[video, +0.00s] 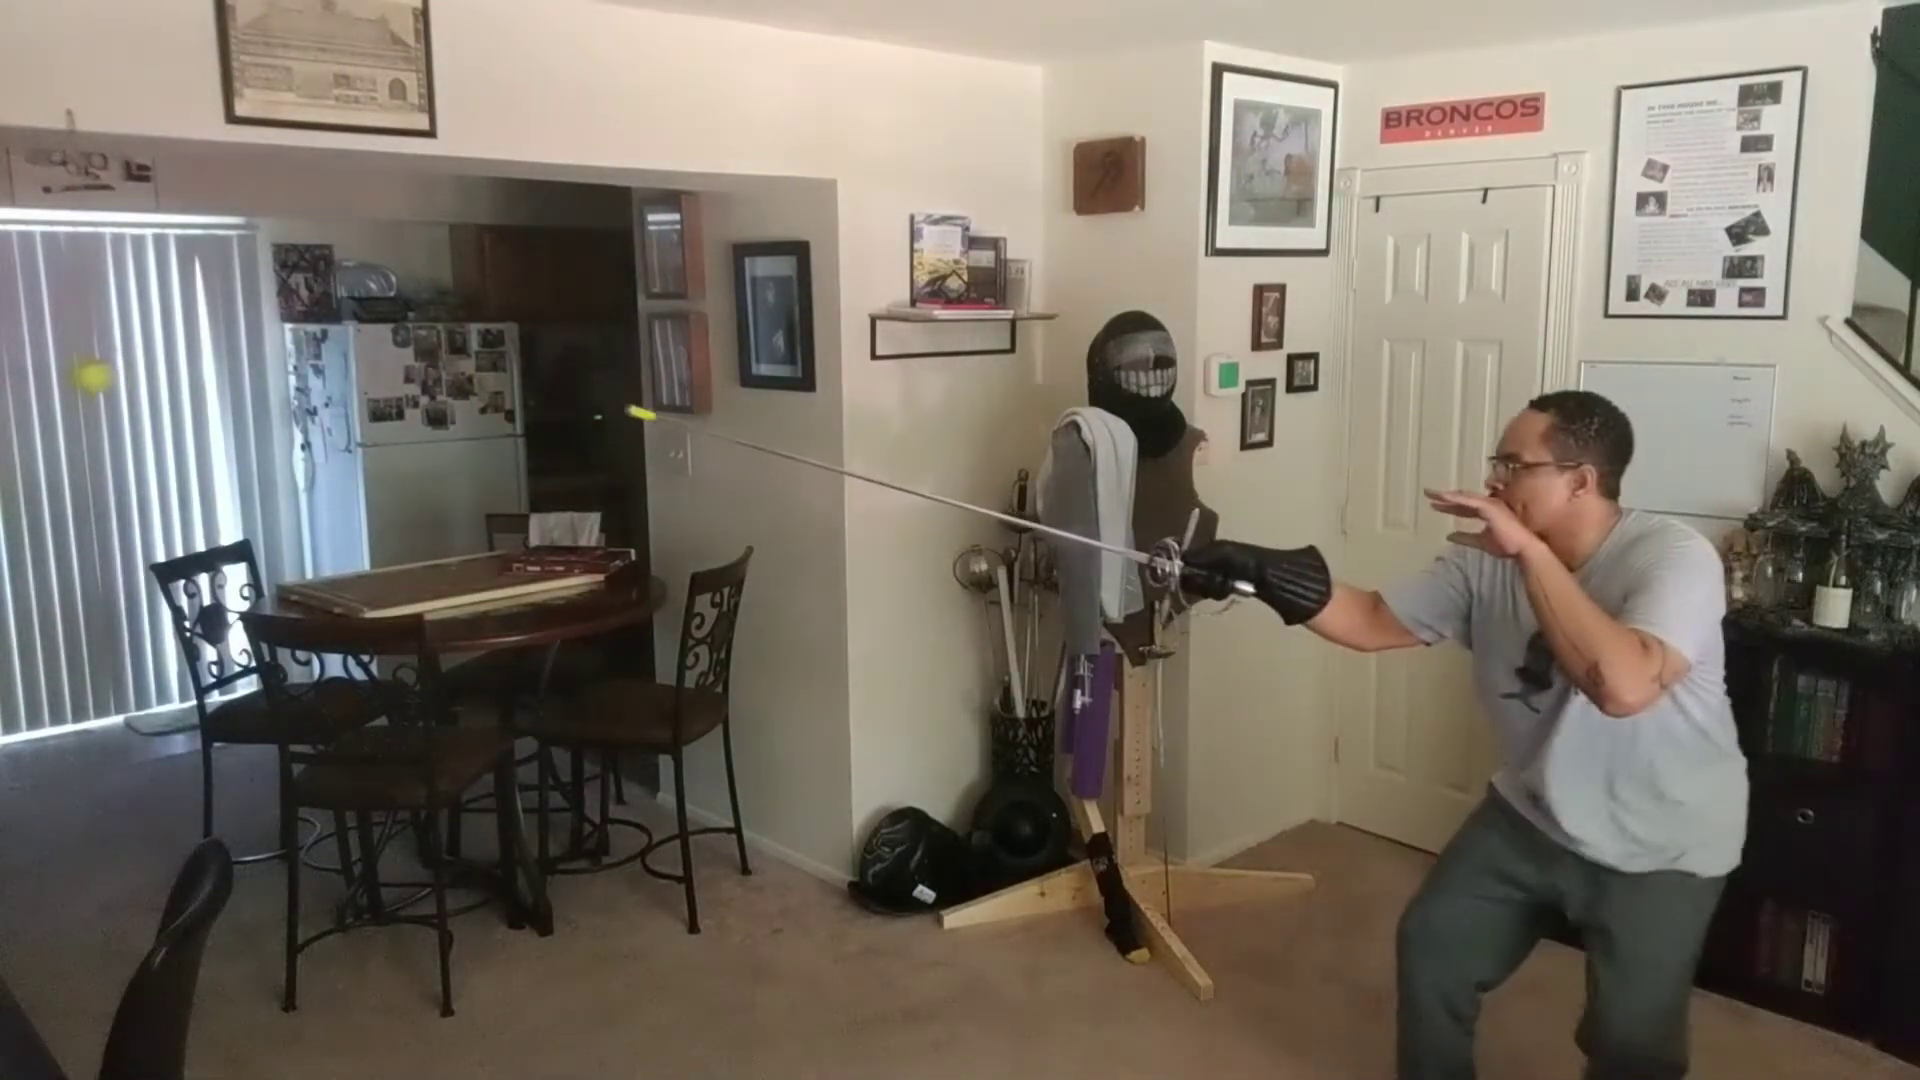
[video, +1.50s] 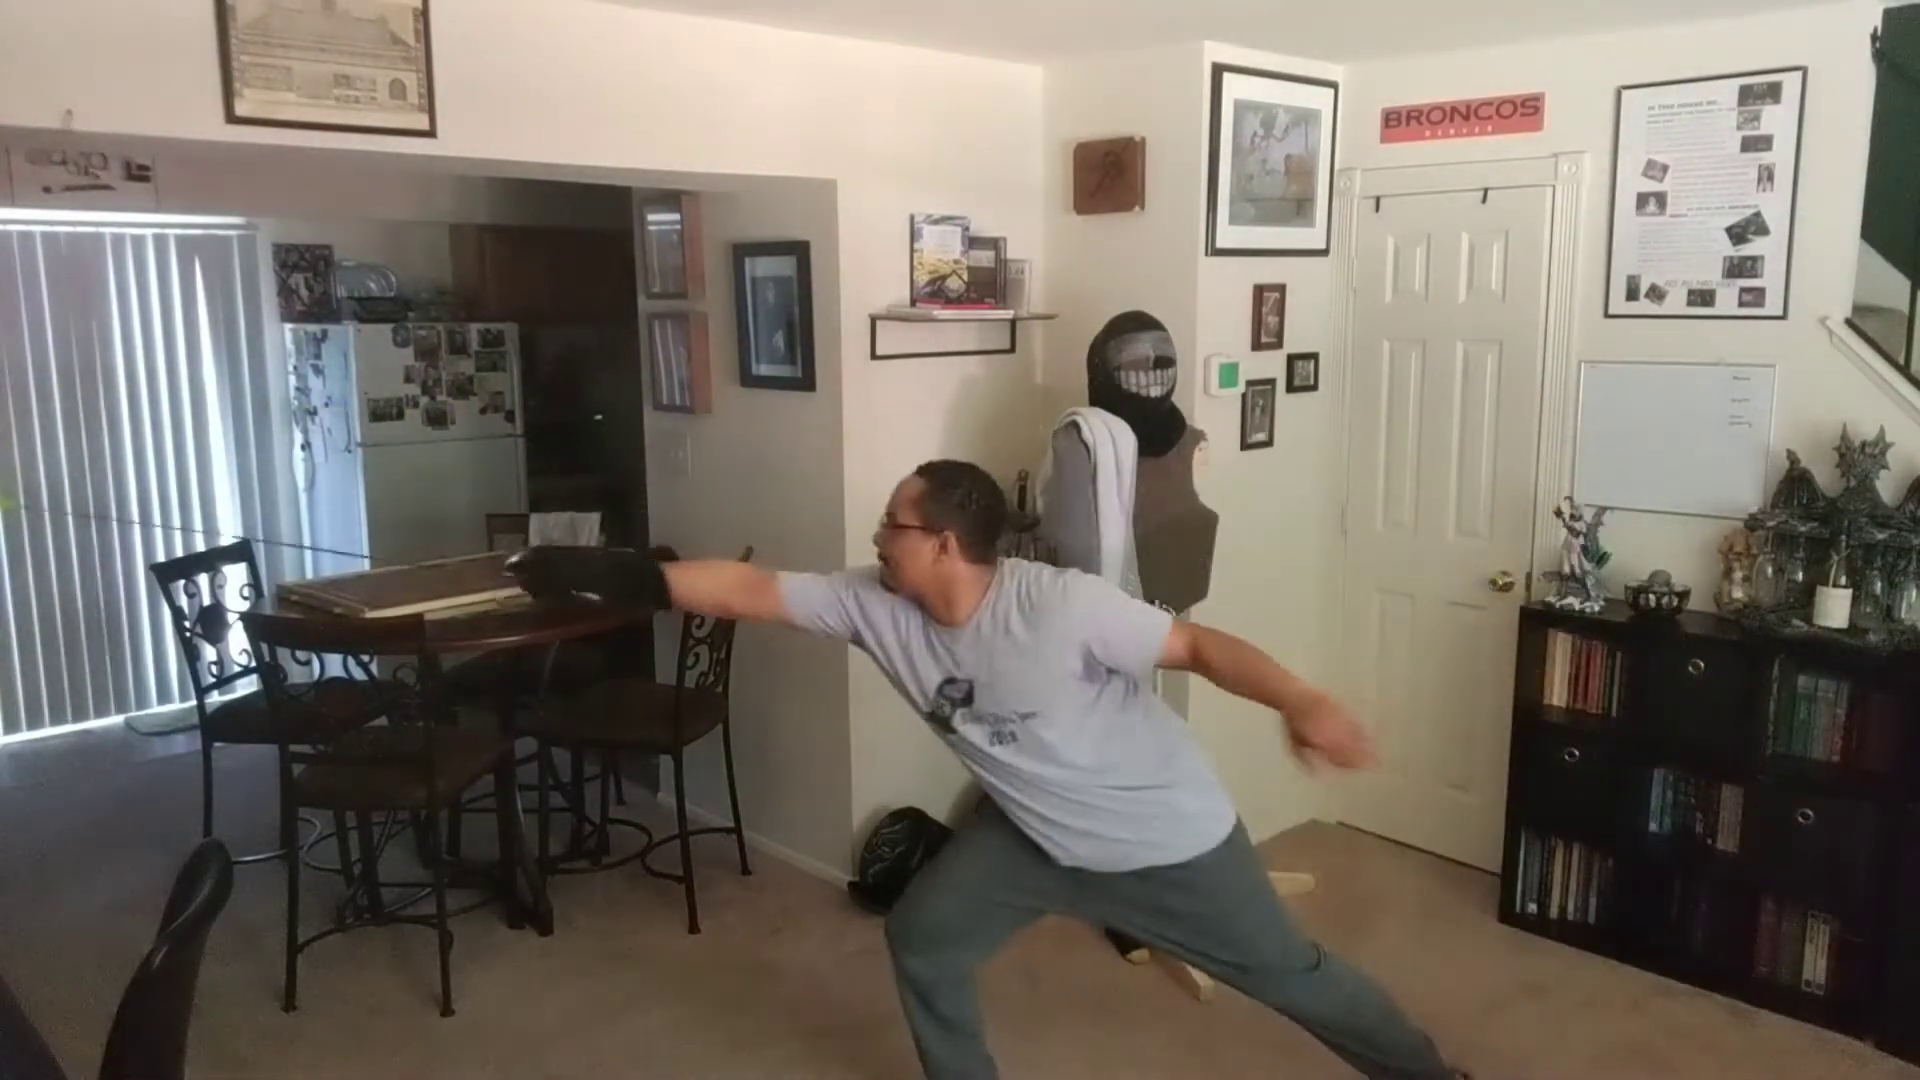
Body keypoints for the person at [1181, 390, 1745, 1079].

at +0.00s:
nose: (1493, 481)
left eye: (1513, 466)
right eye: (1496, 464)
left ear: (1583, 480)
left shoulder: (1676, 558)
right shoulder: (1488, 561)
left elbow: (1624, 685)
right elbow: (1373, 621)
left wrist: (1529, 551)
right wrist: (1252, 568)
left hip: (1663, 846)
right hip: (1531, 814)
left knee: (1631, 1043)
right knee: (1433, 948)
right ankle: (1435, 1072)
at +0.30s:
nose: (1478, 478)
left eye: (1499, 464)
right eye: (1482, 461)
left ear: (1567, 479)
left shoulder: (1661, 559)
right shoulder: (1474, 564)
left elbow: (1610, 683)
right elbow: (1359, 625)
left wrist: (1518, 546)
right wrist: (1240, 577)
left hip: (1649, 861)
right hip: (1518, 822)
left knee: (1630, 1058)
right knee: (1419, 946)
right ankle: (1430, 1075)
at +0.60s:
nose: (1433, 489)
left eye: (1455, 472)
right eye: (1438, 471)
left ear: (1520, 485)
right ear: (1510, 481)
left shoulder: (1612, 567)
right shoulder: (1412, 561)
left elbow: (1688, 706)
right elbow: (1275, 562)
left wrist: (1550, 642)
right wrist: (1136, 535)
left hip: (1594, 866)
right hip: (1458, 823)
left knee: (1607, 1056)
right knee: (1335, 921)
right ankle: (1366, 1071)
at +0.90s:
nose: (1221, 518)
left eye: (1241, 504)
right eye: (1224, 501)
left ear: (1298, 514)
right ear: (1245, 511)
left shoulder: (1407, 597)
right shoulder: (1205, 576)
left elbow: (1566, 653)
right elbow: (1071, 549)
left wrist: (1719, 713)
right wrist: (956, 521)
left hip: (1417, 887)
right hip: (1274, 846)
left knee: (1513, 1041)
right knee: (1133, 954)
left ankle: (1578, 1076)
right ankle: (1048, 1075)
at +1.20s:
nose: (939, 556)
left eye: (958, 544)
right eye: (944, 540)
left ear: (1014, 561)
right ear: (970, 555)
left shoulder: (1115, 628)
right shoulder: (927, 614)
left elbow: (1257, 674)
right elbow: (792, 579)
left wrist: (1402, 726)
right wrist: (668, 551)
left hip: (1201, 861)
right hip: (1058, 851)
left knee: (1340, 1003)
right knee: (938, 938)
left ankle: (1439, 1070)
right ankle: (971, 1076)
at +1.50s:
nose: (878, 546)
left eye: (895, 532)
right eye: (883, 530)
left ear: (949, 544)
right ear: (922, 542)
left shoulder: (1057, 607)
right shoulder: (884, 607)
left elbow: (1195, 645)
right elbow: (751, 592)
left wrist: (1302, 702)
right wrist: (636, 568)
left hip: (1165, 835)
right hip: (1029, 830)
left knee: (1292, 974)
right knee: (922, 934)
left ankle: (1423, 1068)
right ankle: (966, 1078)